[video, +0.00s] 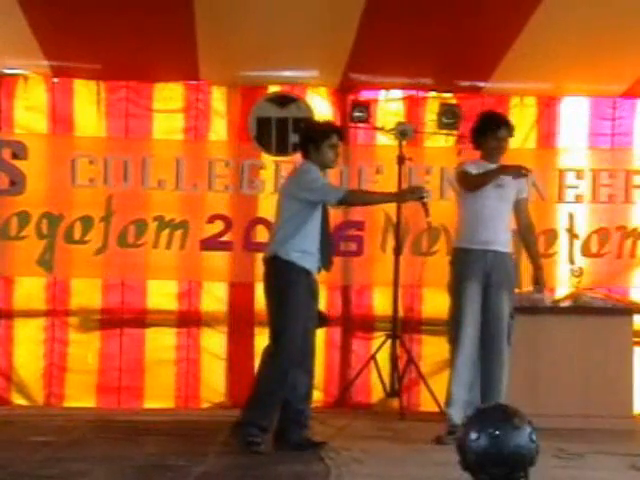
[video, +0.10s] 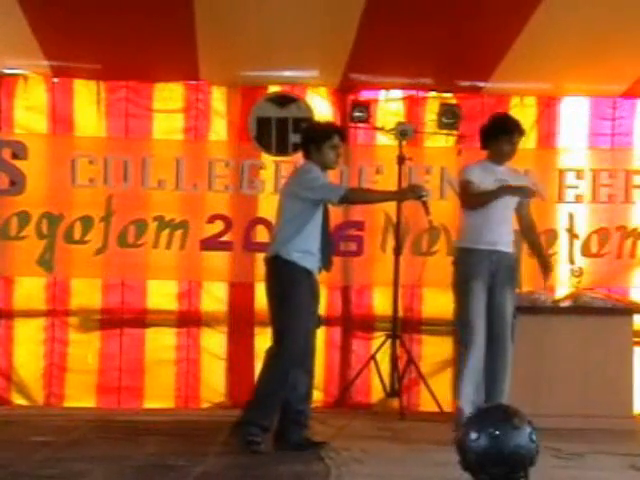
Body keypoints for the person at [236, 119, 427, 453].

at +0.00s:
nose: (337, 154)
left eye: (338, 148)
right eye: (332, 148)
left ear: (324, 151)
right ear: (313, 148)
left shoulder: (312, 179)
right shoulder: (305, 176)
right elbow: (346, 197)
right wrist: (399, 196)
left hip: (300, 271)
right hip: (286, 268)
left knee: (302, 354)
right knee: (286, 350)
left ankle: (294, 432)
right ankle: (254, 428)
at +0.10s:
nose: (339, 155)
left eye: (340, 149)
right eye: (333, 149)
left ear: (323, 152)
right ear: (315, 149)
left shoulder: (312, 179)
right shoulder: (306, 177)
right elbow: (348, 196)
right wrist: (400, 195)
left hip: (301, 270)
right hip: (288, 268)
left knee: (302, 352)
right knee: (289, 349)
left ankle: (293, 432)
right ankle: (254, 427)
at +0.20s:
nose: (339, 155)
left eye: (340, 149)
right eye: (334, 148)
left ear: (329, 153)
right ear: (317, 149)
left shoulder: (313, 179)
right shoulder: (307, 177)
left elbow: (349, 196)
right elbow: (350, 195)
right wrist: (399, 194)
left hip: (301, 269)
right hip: (289, 268)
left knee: (302, 351)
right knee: (294, 350)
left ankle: (293, 431)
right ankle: (256, 423)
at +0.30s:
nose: (340, 155)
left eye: (341, 149)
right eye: (335, 148)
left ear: (326, 152)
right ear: (318, 149)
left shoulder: (311, 178)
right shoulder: (308, 177)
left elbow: (349, 196)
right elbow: (348, 194)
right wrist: (398, 194)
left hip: (299, 267)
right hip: (292, 267)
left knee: (303, 349)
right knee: (304, 348)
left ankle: (295, 427)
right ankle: (269, 417)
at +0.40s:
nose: (341, 155)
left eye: (342, 149)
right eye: (337, 148)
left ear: (327, 151)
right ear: (319, 149)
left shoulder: (312, 178)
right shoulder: (309, 176)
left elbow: (350, 196)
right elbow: (347, 194)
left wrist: (393, 192)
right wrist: (395, 193)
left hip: (299, 266)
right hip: (294, 265)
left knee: (304, 341)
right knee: (312, 341)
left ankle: (288, 420)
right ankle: (289, 426)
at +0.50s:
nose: (344, 155)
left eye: (346, 149)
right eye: (338, 148)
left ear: (340, 152)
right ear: (320, 149)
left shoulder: (316, 178)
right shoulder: (311, 176)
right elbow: (347, 195)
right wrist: (394, 194)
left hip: (303, 267)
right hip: (297, 266)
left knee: (307, 343)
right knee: (319, 342)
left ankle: (296, 429)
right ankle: (302, 431)